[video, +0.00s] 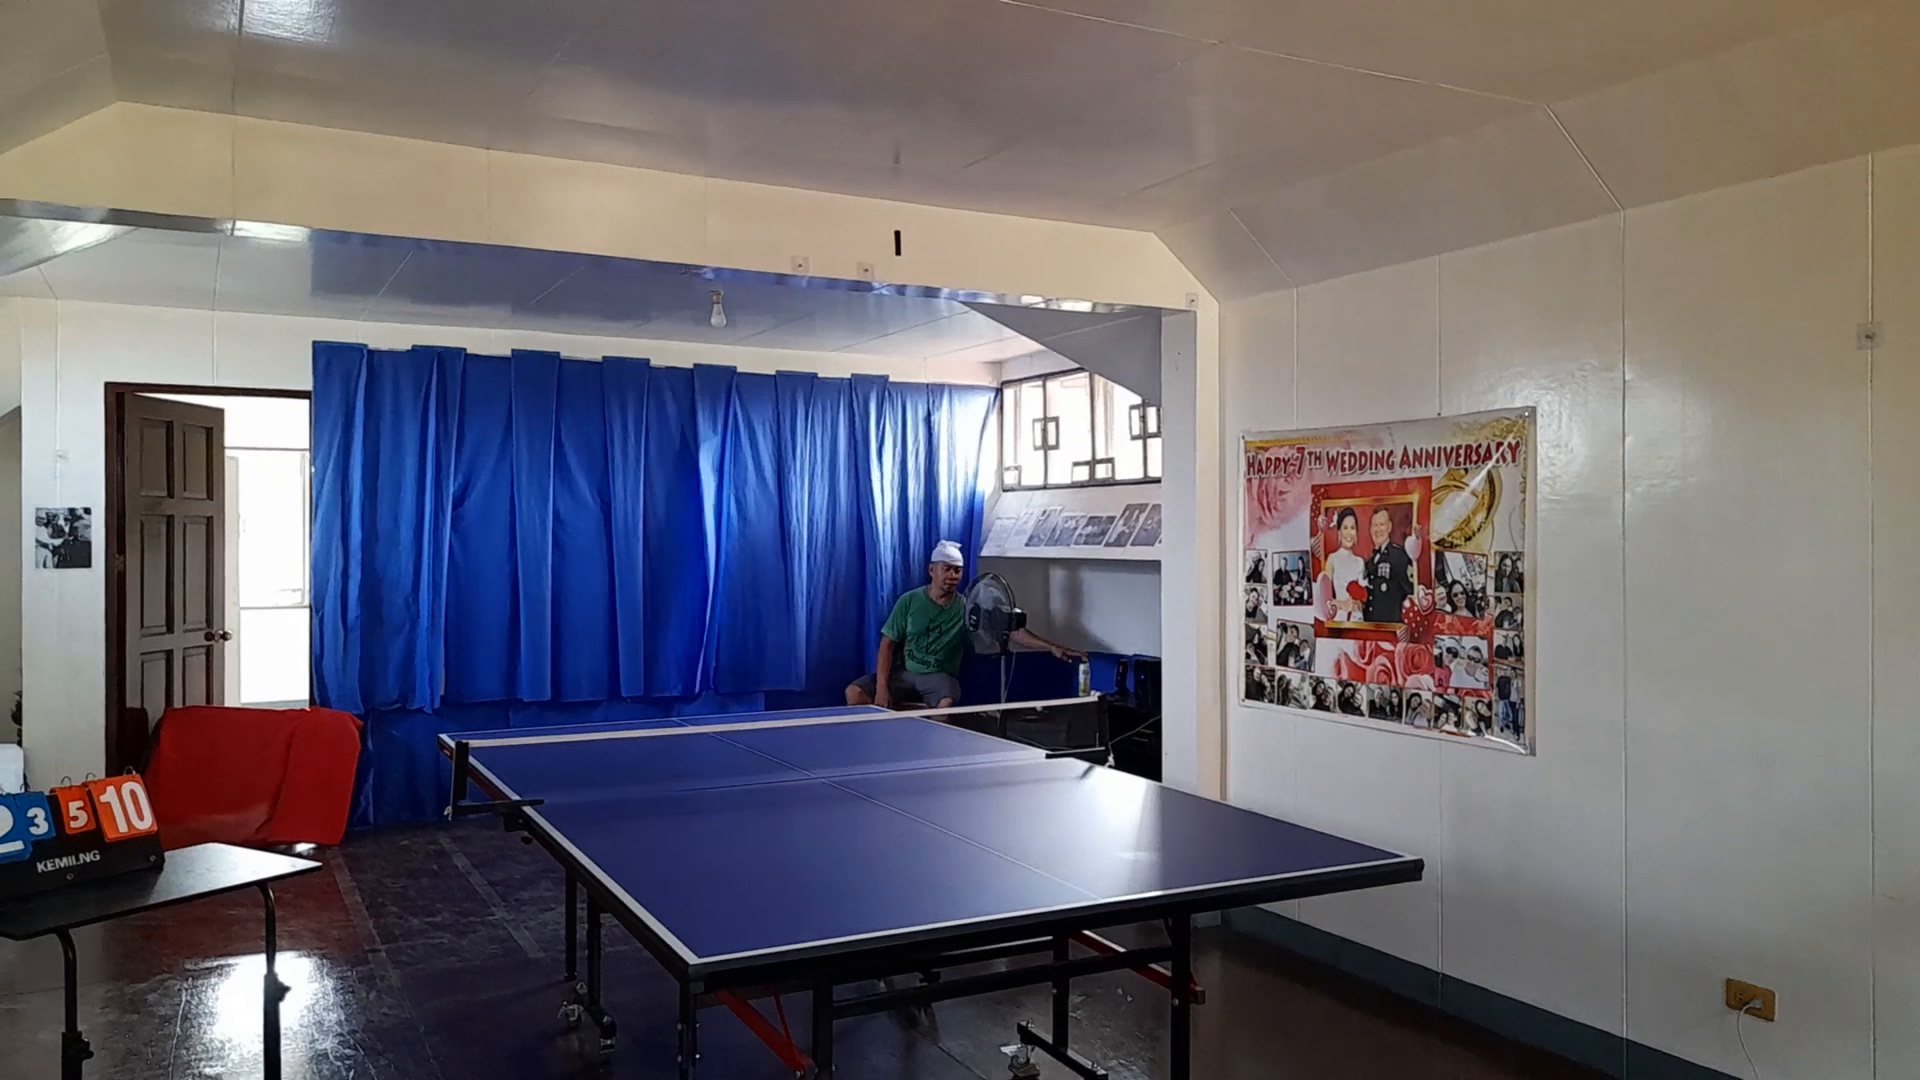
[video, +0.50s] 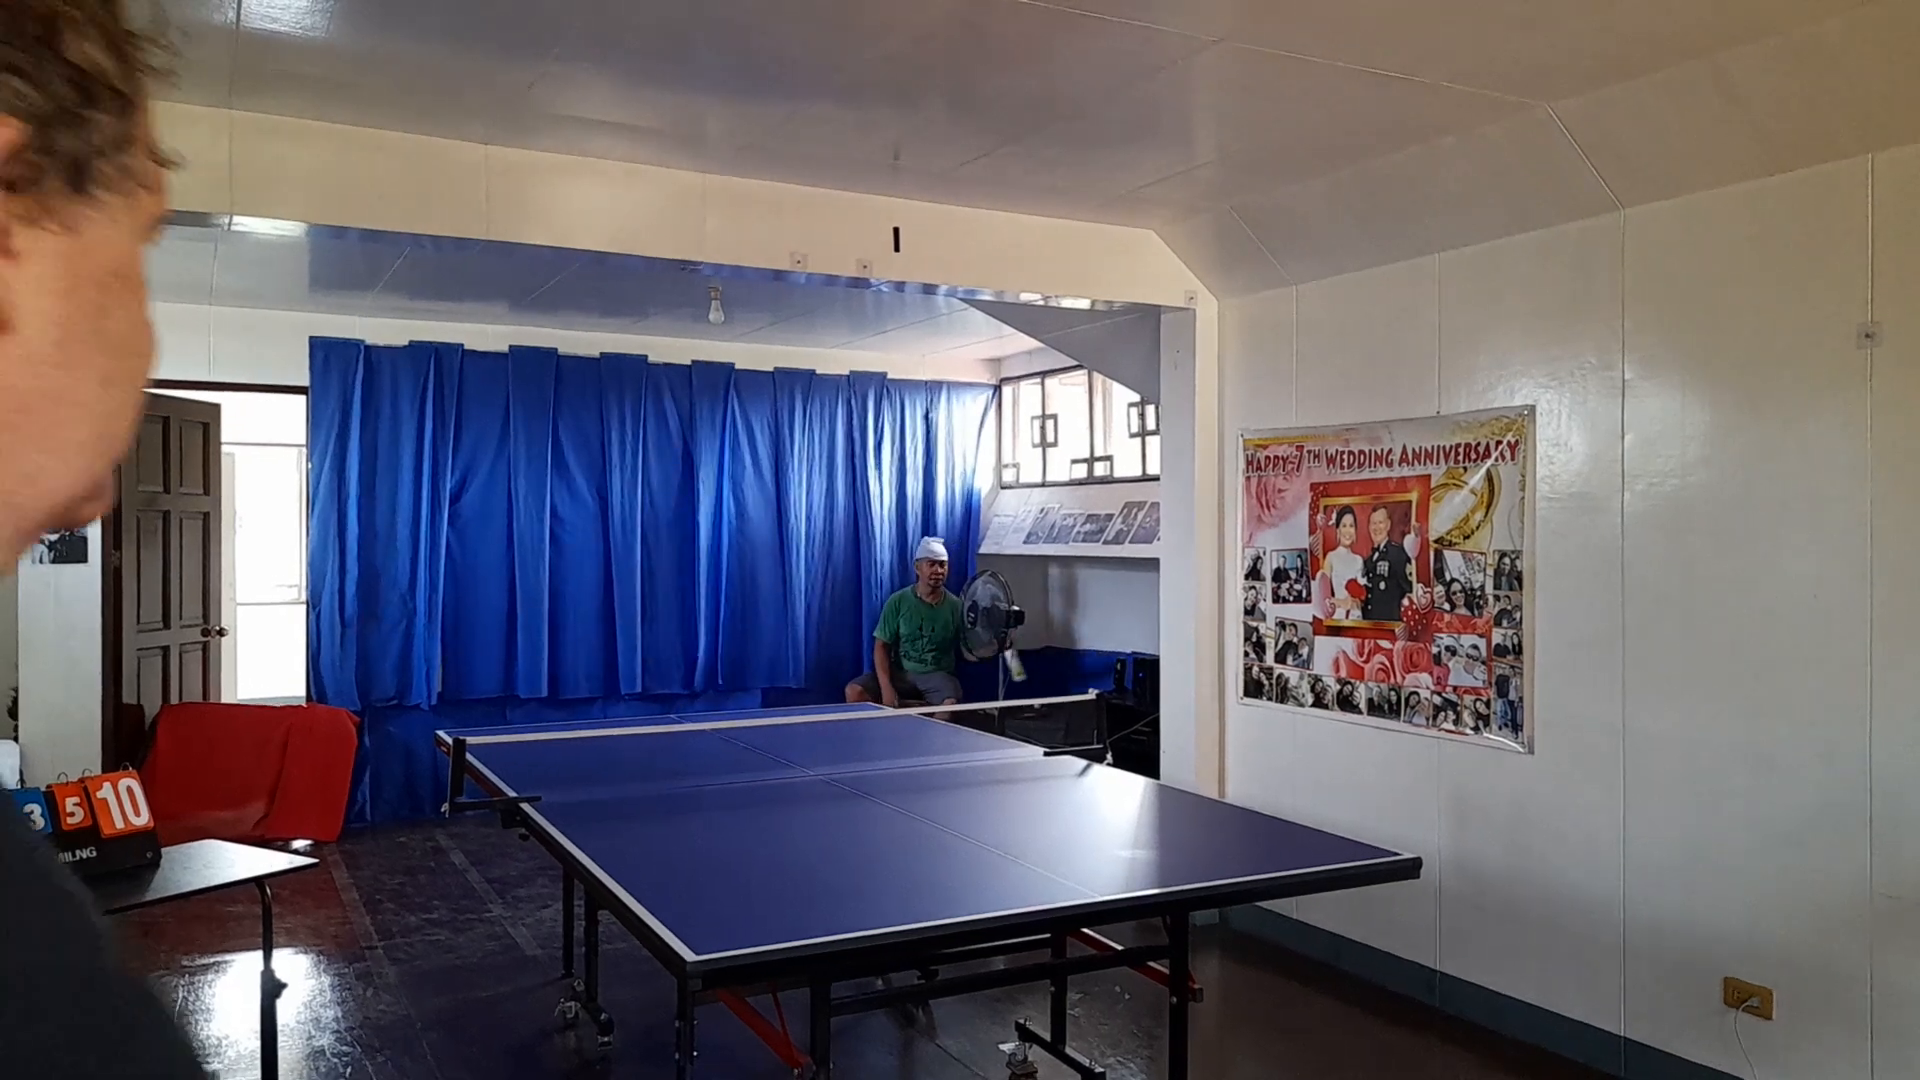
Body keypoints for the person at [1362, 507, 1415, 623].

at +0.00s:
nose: (1378, 529)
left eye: (1382, 524)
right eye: (1374, 525)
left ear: (1390, 527)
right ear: (1370, 528)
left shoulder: (1399, 554)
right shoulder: (1369, 562)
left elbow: (1408, 589)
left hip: (1393, 620)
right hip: (1371, 621)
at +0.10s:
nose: (1377, 529)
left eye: (1381, 524)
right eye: (1374, 524)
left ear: (1389, 526)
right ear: (1369, 528)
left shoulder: (1398, 554)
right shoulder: (1369, 562)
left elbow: (1408, 588)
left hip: (1392, 620)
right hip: (1370, 620)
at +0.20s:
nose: (1376, 526)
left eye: (1380, 521)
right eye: (1373, 521)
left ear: (1388, 523)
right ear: (1368, 524)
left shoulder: (1398, 551)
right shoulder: (1367, 559)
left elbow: (1407, 586)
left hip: (1391, 618)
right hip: (1369, 618)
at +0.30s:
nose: (1377, 528)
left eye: (1382, 524)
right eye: (1374, 524)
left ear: (1390, 526)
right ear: (1370, 527)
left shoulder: (1399, 553)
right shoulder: (1369, 561)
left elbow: (1407, 588)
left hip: (1392, 619)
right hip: (1371, 620)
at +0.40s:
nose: (1377, 528)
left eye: (1381, 524)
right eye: (1374, 524)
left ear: (1389, 526)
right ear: (1369, 527)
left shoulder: (1398, 554)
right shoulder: (1369, 561)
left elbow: (1407, 588)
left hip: (1391, 619)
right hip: (1370, 620)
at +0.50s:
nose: (1376, 527)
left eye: (1381, 523)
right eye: (1373, 523)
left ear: (1388, 525)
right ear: (1369, 526)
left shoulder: (1398, 553)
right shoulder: (1368, 561)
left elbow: (1406, 587)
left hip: (1391, 618)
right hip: (1369, 619)